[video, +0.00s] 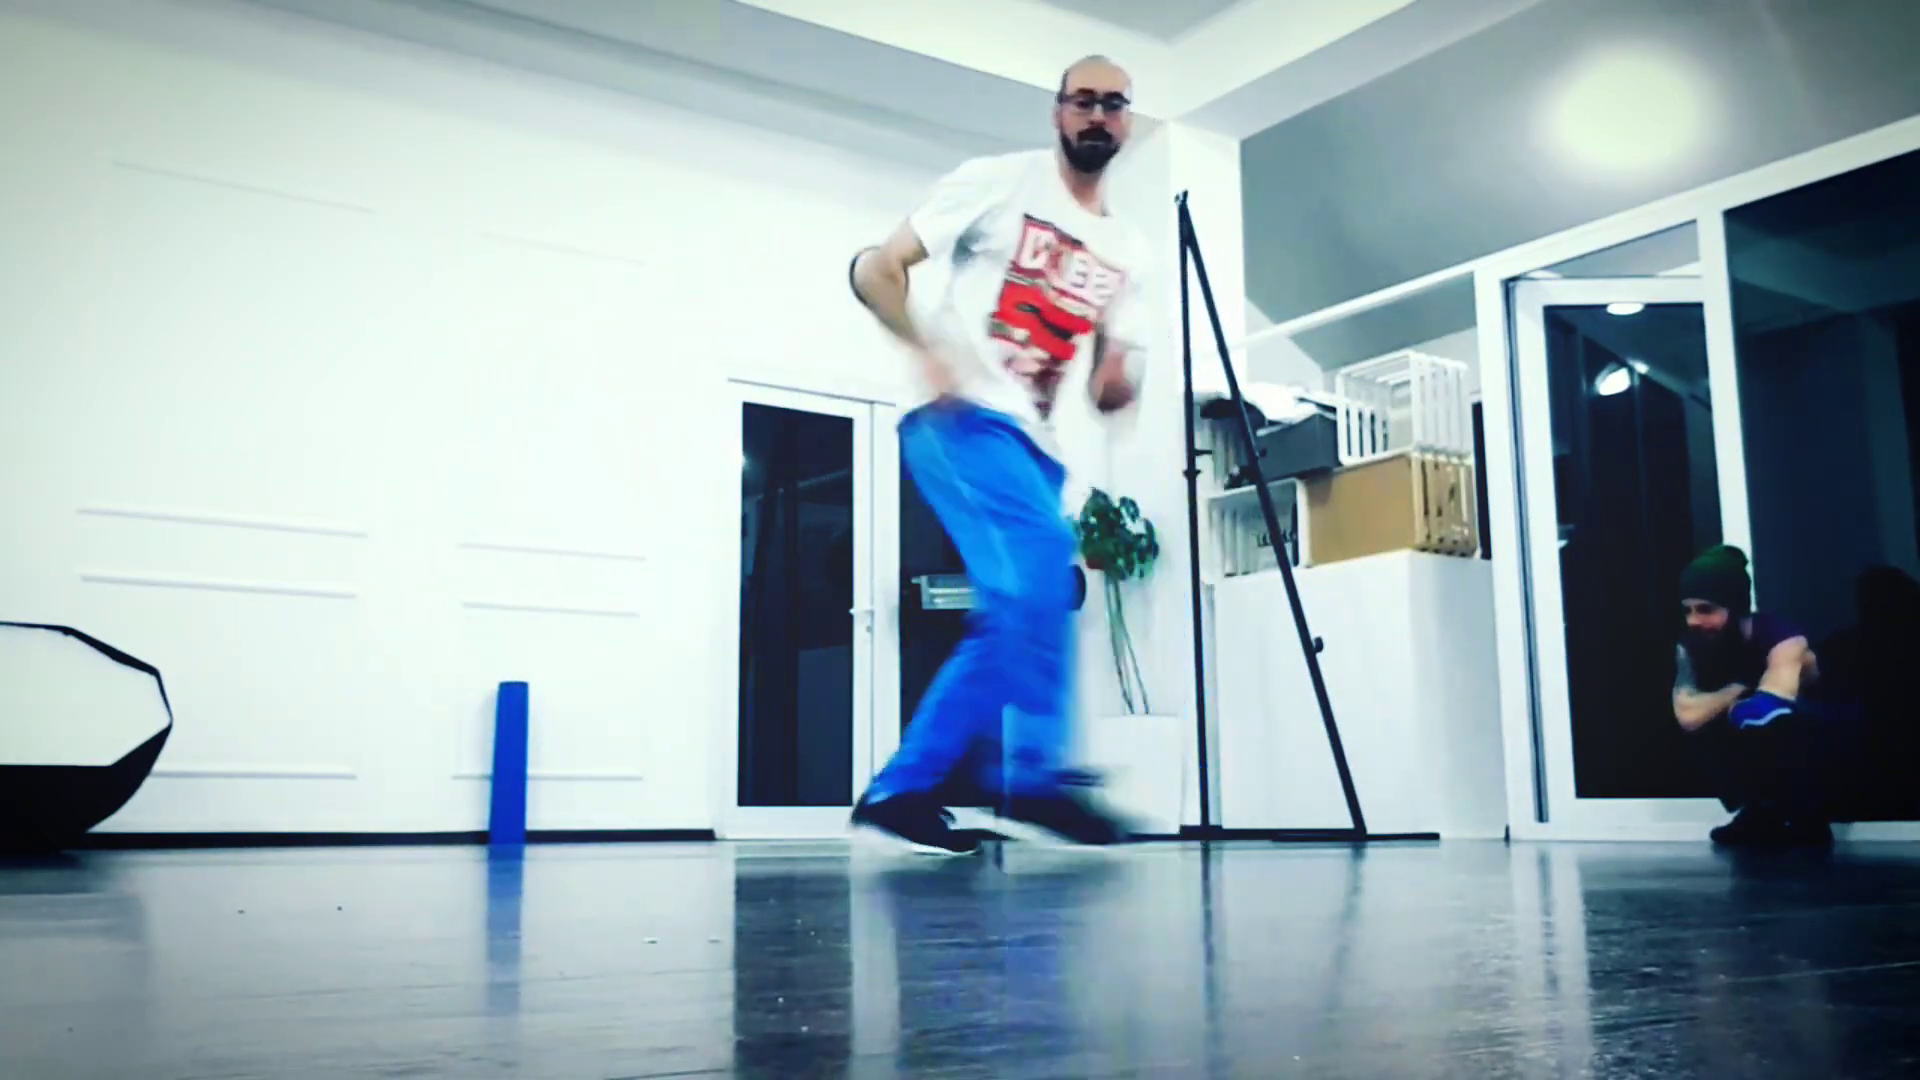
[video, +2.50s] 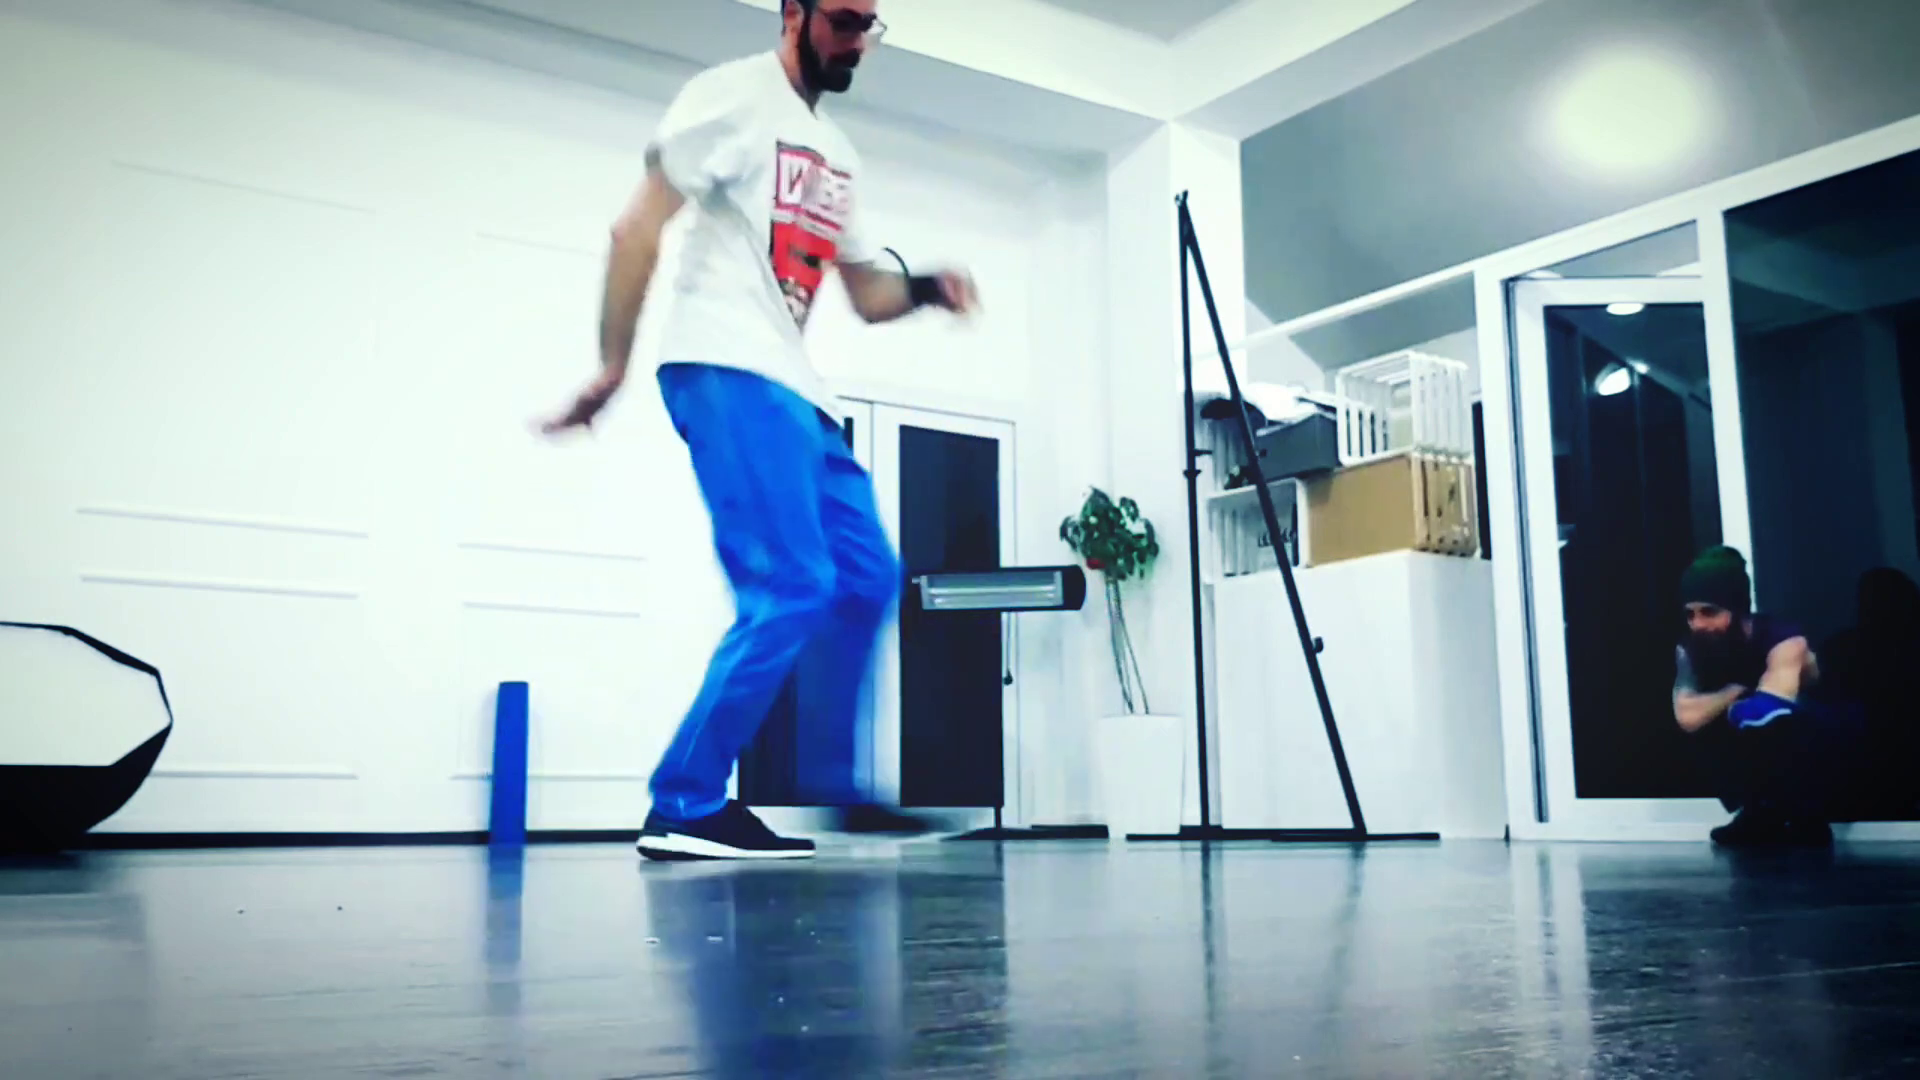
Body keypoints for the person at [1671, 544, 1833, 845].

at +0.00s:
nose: (1693, 622)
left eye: (1705, 611)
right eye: (1688, 611)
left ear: (1734, 607)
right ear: (1682, 610)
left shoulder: (1780, 636)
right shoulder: (1689, 649)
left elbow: (1772, 704)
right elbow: (1688, 715)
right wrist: (1735, 692)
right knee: (1706, 728)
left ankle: (1804, 821)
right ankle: (1756, 813)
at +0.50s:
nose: (1694, 622)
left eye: (1705, 610)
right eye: (1688, 611)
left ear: (1734, 606)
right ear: (1682, 610)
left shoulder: (1780, 636)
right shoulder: (1688, 650)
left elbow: (1772, 706)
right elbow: (1687, 716)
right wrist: (1735, 690)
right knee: (1703, 727)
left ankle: (1804, 821)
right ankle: (1755, 813)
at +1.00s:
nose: (1696, 621)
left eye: (1708, 609)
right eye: (1689, 611)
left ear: (1735, 606)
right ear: (1683, 611)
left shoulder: (1777, 637)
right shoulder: (1687, 650)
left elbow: (1773, 704)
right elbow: (1686, 717)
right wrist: (1732, 693)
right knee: (1704, 726)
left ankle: (1803, 820)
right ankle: (1754, 813)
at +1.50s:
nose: (1697, 622)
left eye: (1708, 610)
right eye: (1690, 612)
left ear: (1737, 607)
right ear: (1684, 613)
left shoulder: (1780, 638)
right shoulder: (1689, 653)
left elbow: (1776, 699)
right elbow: (1687, 717)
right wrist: (1733, 692)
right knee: (1710, 727)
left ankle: (1805, 820)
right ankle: (1756, 813)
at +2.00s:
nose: (1696, 623)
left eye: (1707, 611)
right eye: (1689, 612)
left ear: (1736, 608)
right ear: (1683, 613)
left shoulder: (1781, 638)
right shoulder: (1689, 651)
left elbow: (1775, 700)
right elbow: (1687, 716)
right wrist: (1730, 693)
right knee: (1710, 726)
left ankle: (1804, 820)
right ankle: (1756, 813)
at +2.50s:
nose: (1697, 625)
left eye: (1708, 613)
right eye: (1690, 614)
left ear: (1738, 610)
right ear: (1685, 615)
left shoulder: (1782, 639)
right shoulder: (1690, 653)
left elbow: (1775, 700)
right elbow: (1687, 716)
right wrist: (1733, 692)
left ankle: (1804, 820)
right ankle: (1756, 813)